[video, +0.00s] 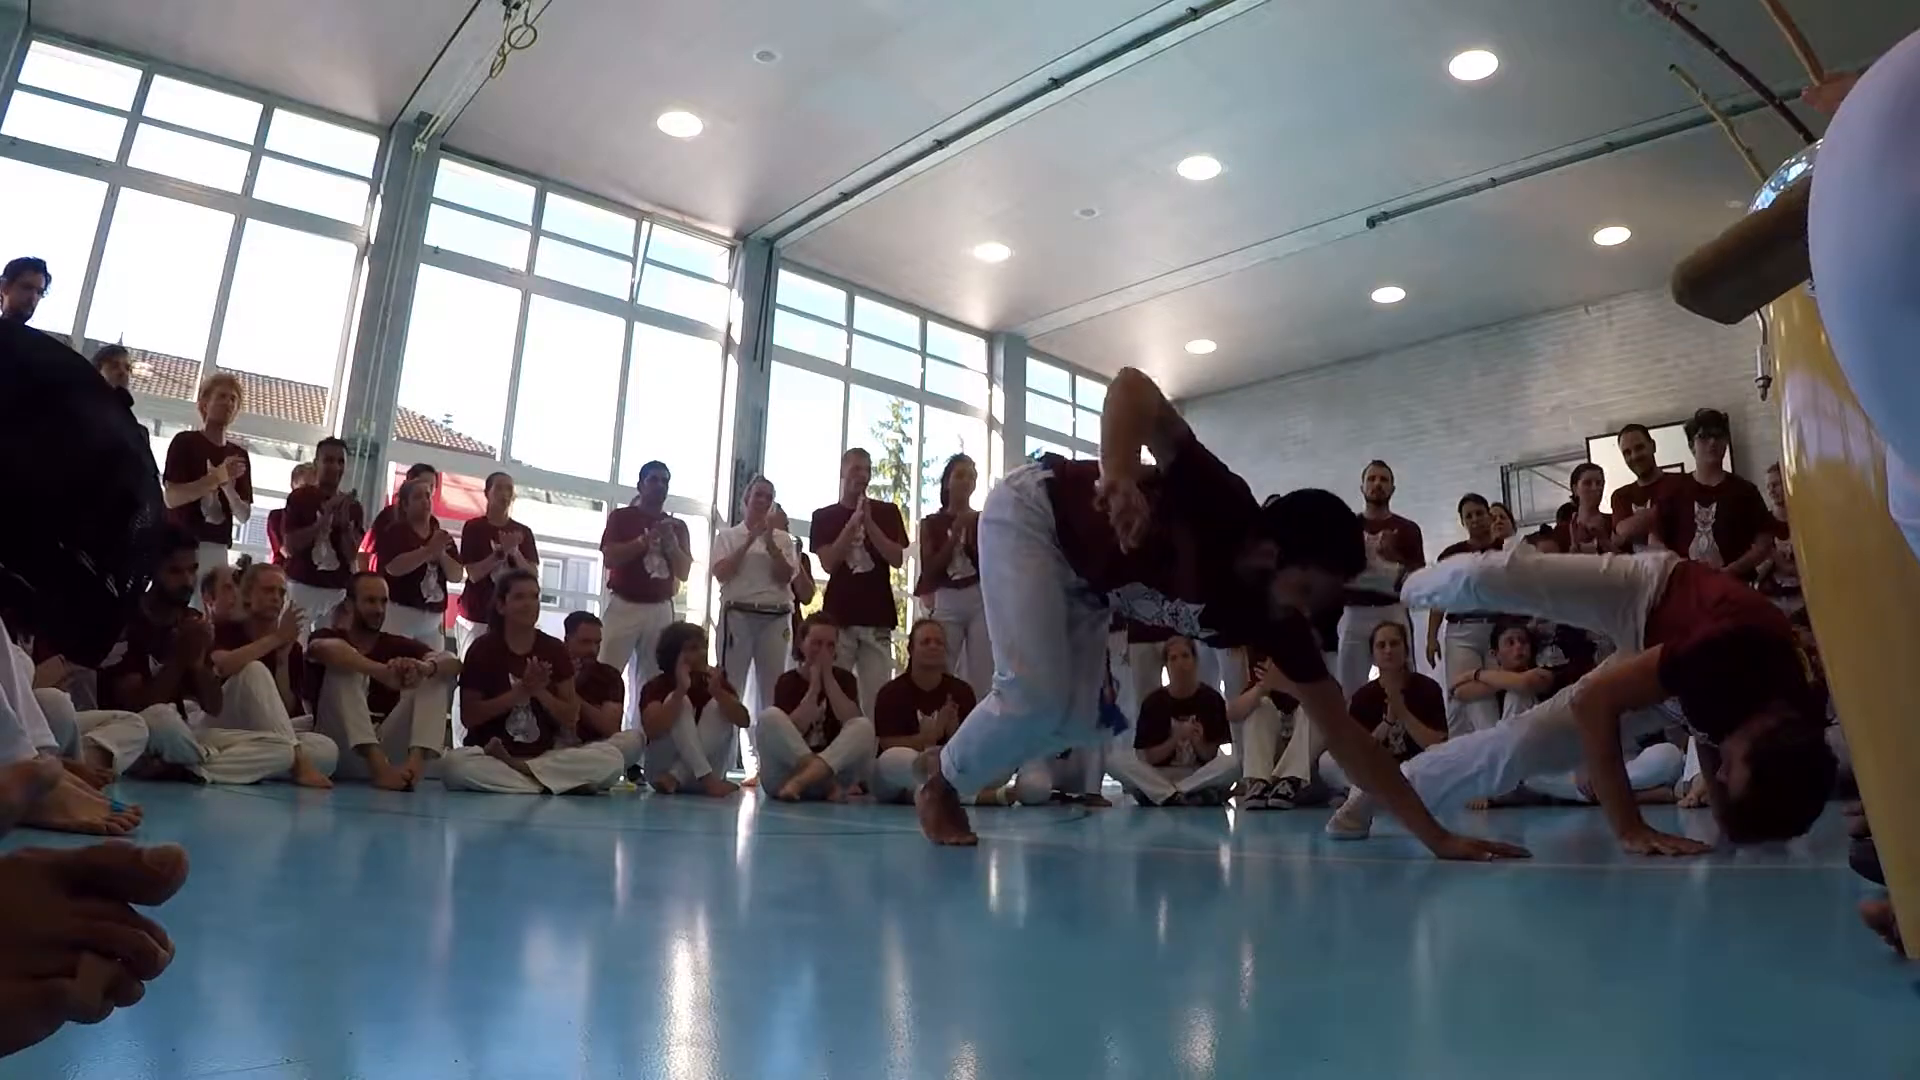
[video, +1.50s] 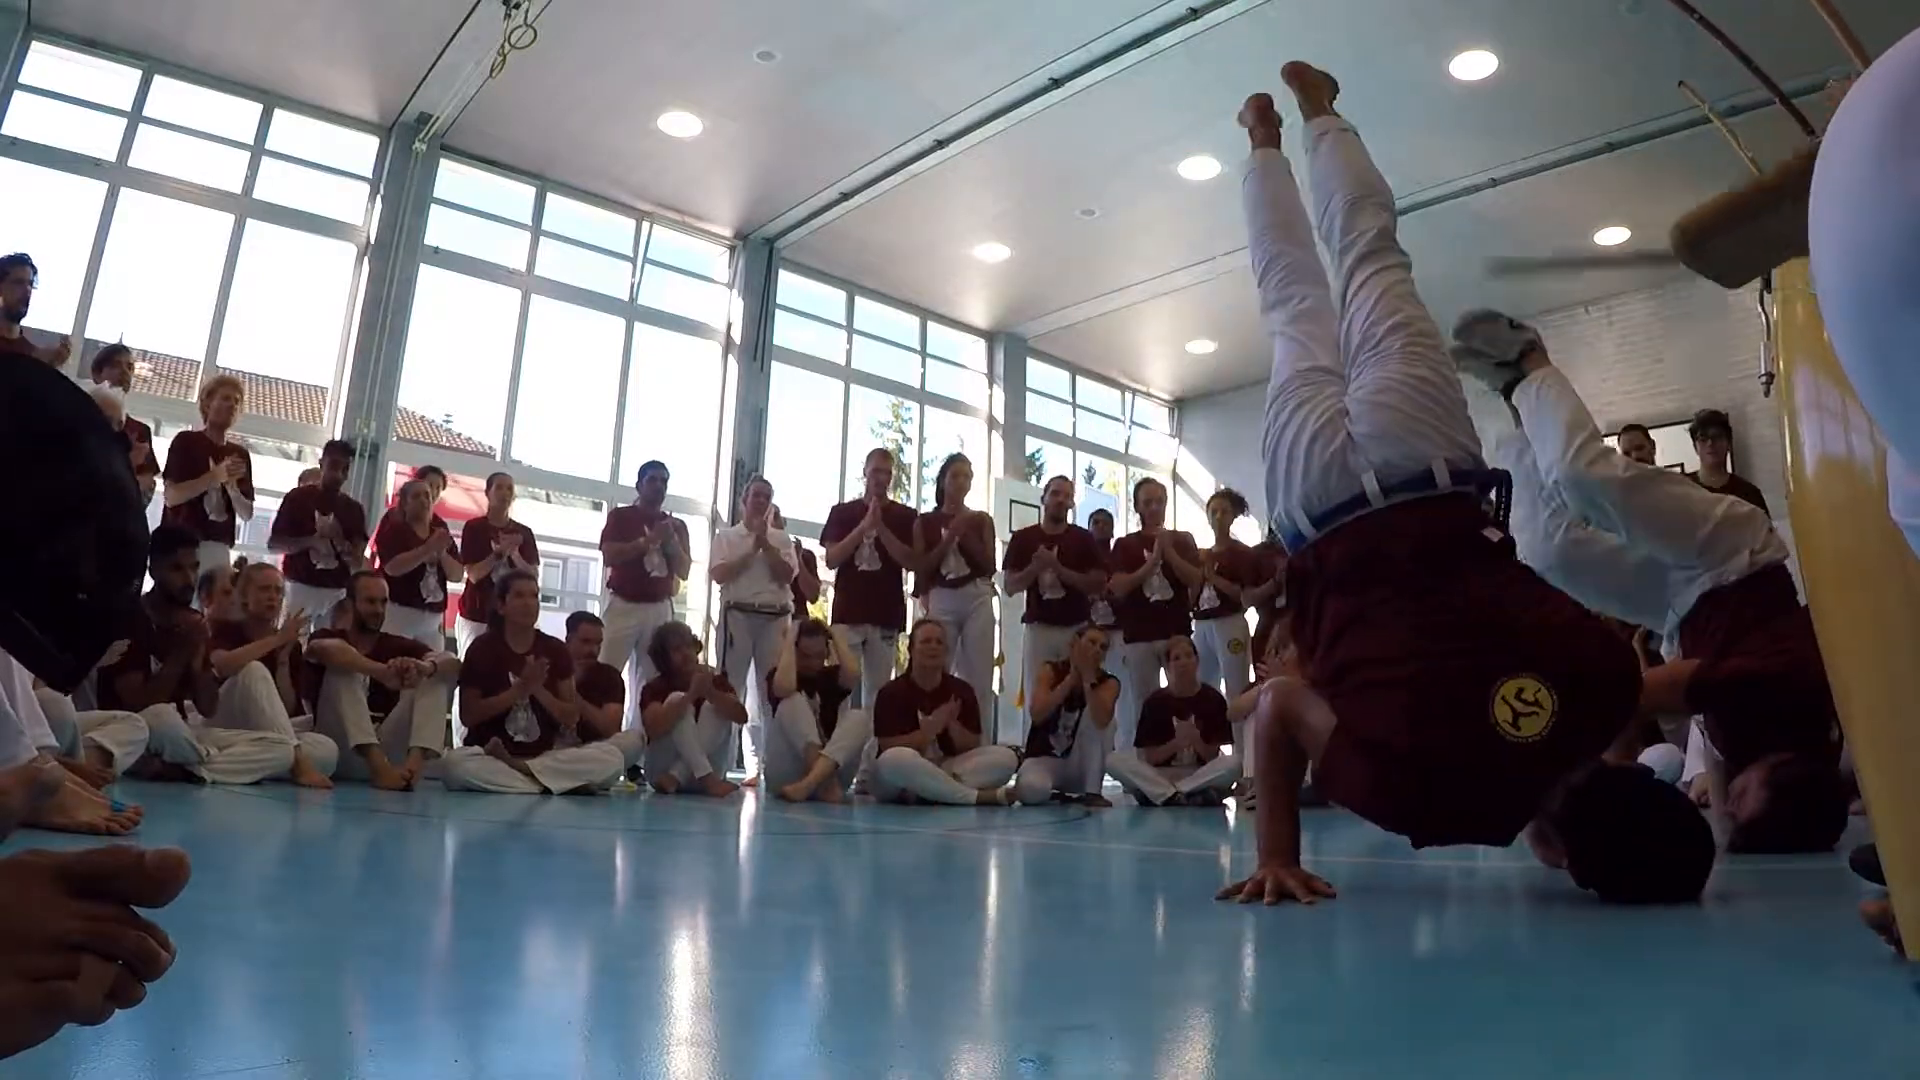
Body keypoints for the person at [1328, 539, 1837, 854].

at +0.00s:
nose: (1715, 783)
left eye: (1725, 791)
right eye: (1725, 778)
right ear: (1750, 742)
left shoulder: (1798, 738)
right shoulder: (1736, 656)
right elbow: (1596, 700)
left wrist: (1702, 787)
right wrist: (1630, 829)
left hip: (1660, 674)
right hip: (1653, 595)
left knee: (1522, 745)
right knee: (1505, 572)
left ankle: (1383, 790)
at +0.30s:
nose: (1718, 797)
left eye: (1722, 808)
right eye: (1731, 798)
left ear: (1772, 764)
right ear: (1760, 768)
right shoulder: (1735, 676)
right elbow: (1596, 706)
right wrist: (1632, 830)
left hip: (1676, 634)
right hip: (1716, 571)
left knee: (1534, 602)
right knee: (1567, 481)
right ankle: (1450, 405)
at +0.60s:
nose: (1718, 798)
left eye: (1726, 806)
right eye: (1730, 799)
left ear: (1775, 770)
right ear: (1758, 765)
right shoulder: (1753, 685)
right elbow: (1608, 700)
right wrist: (1634, 827)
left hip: (1674, 604)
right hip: (1709, 550)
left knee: (1574, 500)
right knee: (1591, 434)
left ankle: (1445, 363)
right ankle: (1456, 322)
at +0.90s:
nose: (1727, 799)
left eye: (1728, 812)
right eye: (1738, 800)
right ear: (1764, 776)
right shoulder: (1773, 701)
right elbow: (1665, 687)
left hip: (1672, 602)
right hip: (1716, 557)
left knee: (1580, 477)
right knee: (1600, 416)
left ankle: (1457, 328)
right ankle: (1469, 289)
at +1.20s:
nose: (1733, 808)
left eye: (1738, 823)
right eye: (1745, 803)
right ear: (1768, 773)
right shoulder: (1779, 694)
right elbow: (1631, 695)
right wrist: (1615, 799)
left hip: (1673, 606)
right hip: (1721, 555)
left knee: (1580, 466)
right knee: (1602, 413)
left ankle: (1461, 319)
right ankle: (1473, 281)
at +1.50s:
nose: (1720, 800)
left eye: (1728, 815)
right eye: (1737, 798)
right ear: (1767, 772)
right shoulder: (1782, 692)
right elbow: (1630, 695)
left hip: (1686, 618)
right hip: (1737, 556)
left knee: (1547, 549)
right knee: (1584, 475)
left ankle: (1518, 403)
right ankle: (1531, 364)